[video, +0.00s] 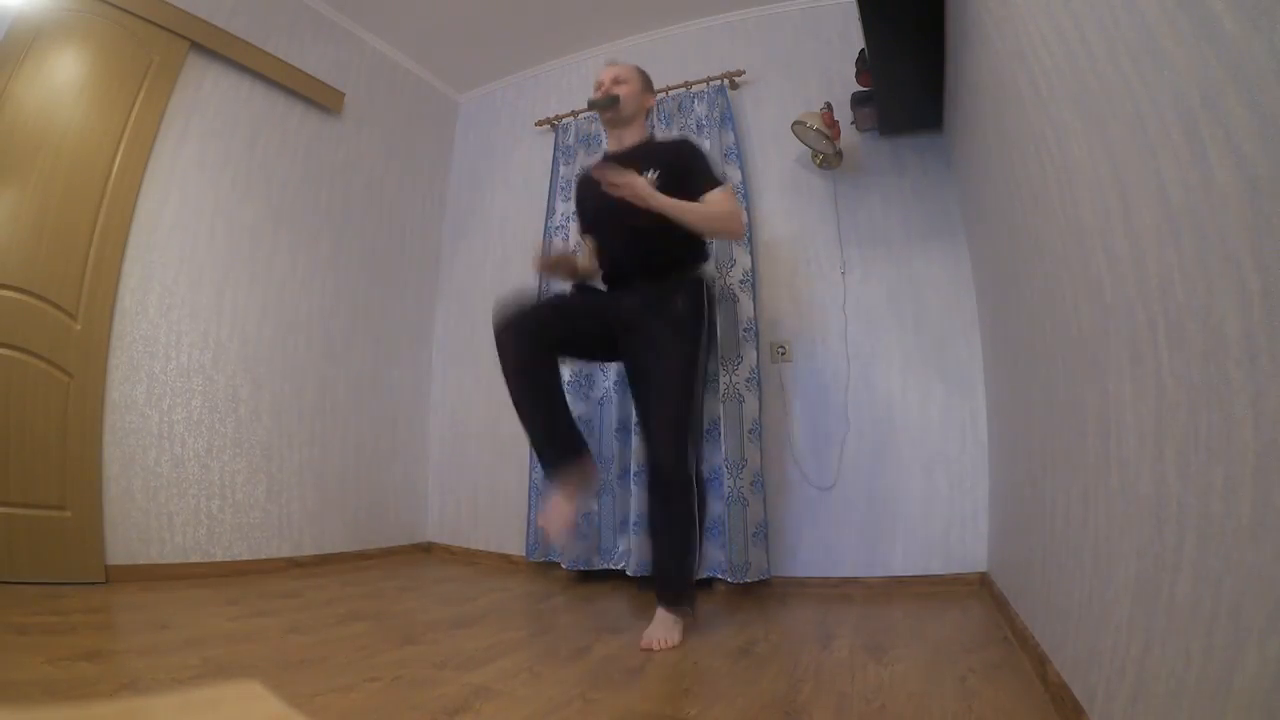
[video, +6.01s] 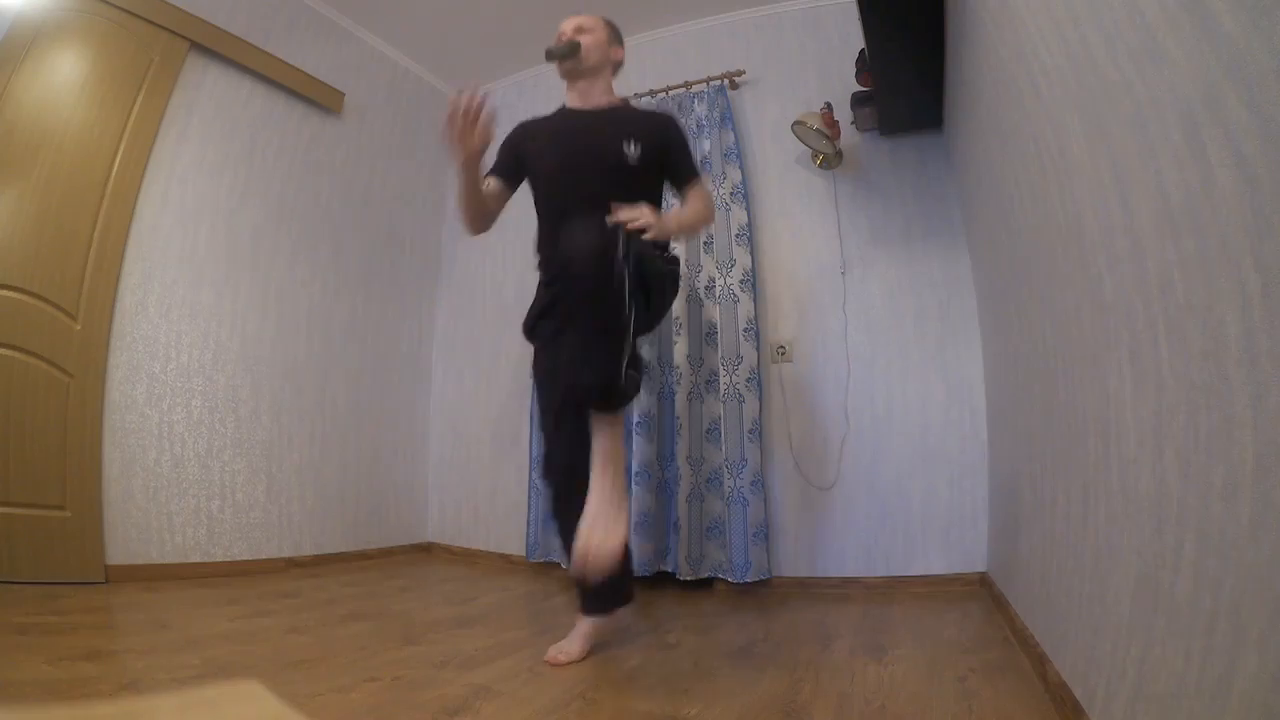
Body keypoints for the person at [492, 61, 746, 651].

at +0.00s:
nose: (607, 85)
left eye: (622, 80)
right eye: (600, 82)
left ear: (650, 101)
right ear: (595, 110)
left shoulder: (677, 155)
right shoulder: (592, 179)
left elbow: (733, 223)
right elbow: (595, 265)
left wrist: (653, 199)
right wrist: (565, 264)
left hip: (672, 310)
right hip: (613, 311)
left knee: (668, 455)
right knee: (519, 327)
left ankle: (673, 603)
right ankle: (570, 467)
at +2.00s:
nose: (592, 59)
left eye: (608, 54)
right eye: (585, 57)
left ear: (637, 82)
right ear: (578, 88)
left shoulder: (673, 150)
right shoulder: (555, 162)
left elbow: (715, 237)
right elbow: (513, 250)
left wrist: (674, 247)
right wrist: (504, 222)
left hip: (659, 306)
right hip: (586, 312)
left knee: (599, 230)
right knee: (600, 451)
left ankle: (616, 441)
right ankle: (639, 600)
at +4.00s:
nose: (572, 49)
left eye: (588, 41)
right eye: (565, 45)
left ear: (622, 65)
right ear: (559, 74)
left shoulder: (650, 124)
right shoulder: (565, 154)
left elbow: (706, 198)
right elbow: (587, 246)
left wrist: (603, 151)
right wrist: (543, 265)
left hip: (647, 309)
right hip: (581, 300)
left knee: (647, 471)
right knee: (462, 283)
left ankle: (650, 625)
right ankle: (536, 439)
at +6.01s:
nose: (566, 34)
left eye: (583, 28)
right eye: (560, 31)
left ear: (616, 53)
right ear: (554, 61)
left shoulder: (654, 127)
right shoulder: (530, 135)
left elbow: (700, 205)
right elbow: (478, 217)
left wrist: (663, 222)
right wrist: (468, 163)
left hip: (638, 286)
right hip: (565, 298)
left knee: (589, 244)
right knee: (567, 461)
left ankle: (609, 457)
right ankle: (598, 605)